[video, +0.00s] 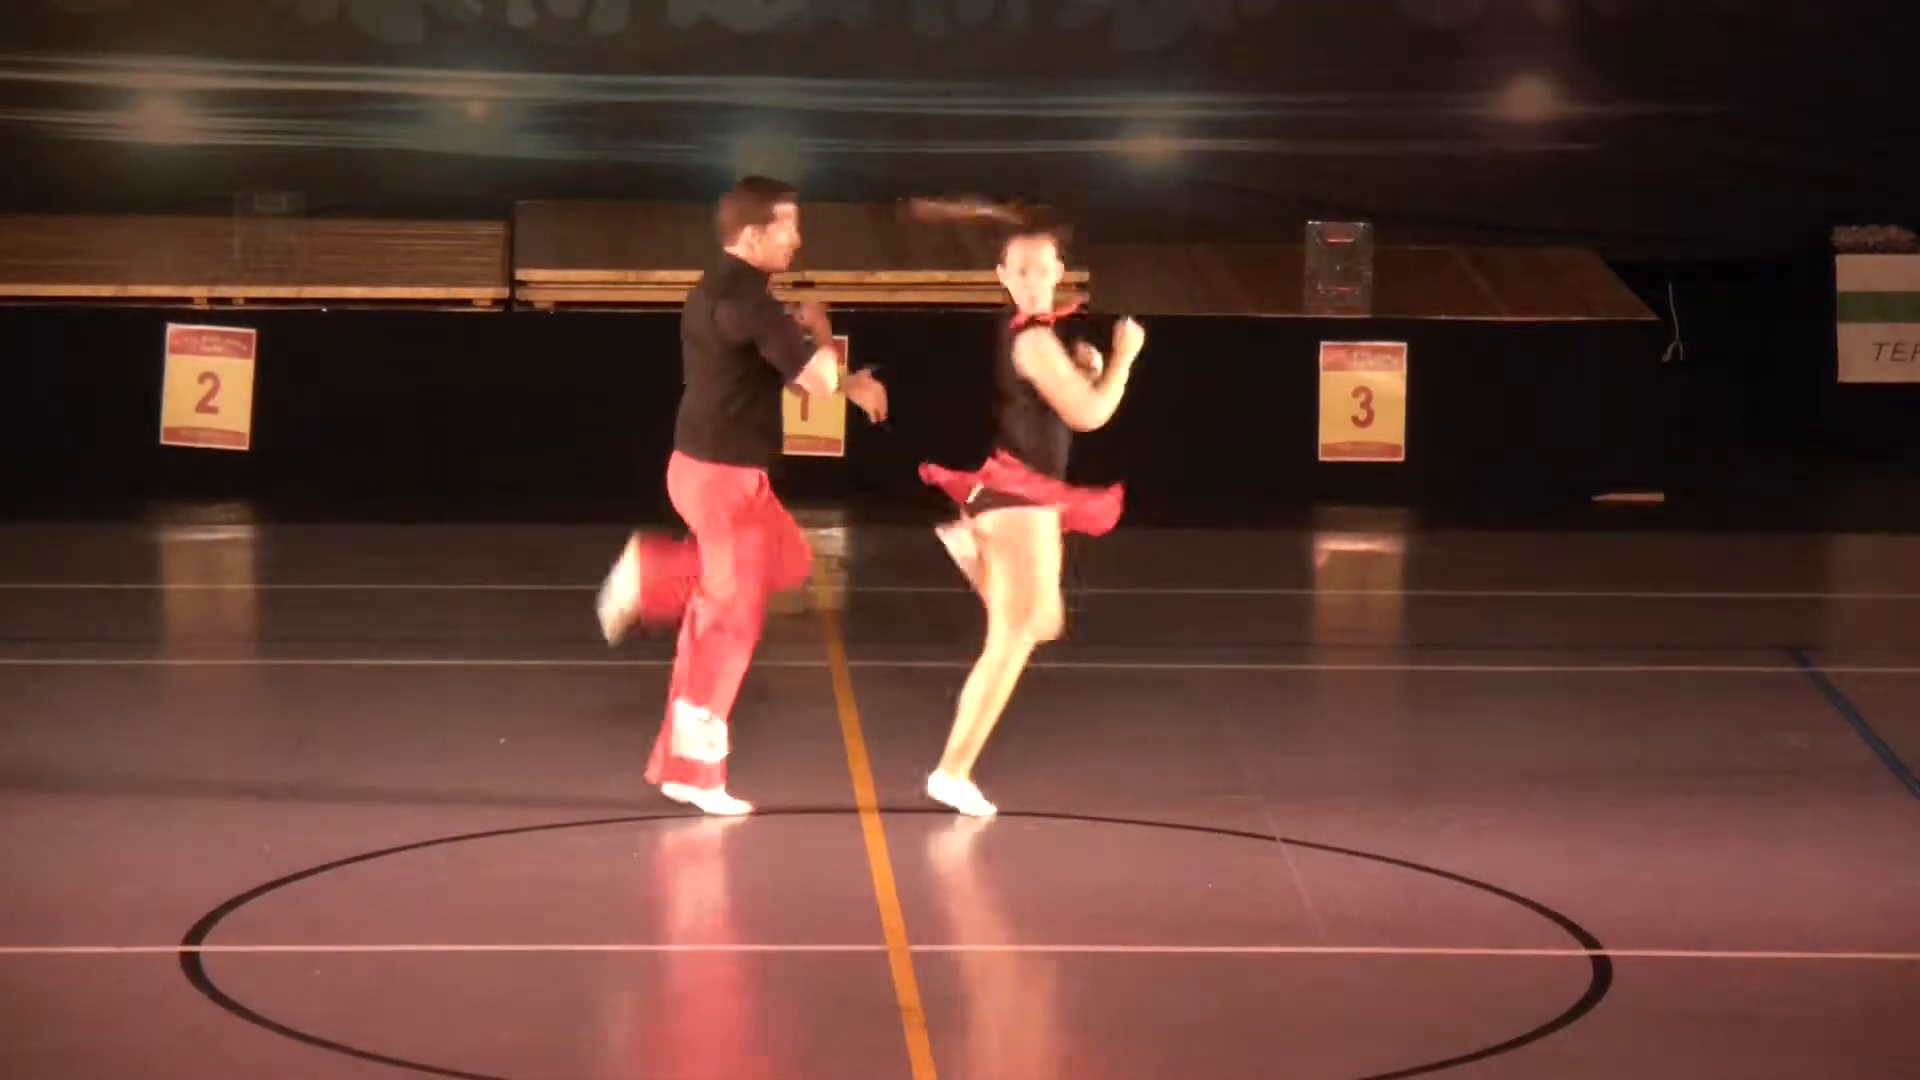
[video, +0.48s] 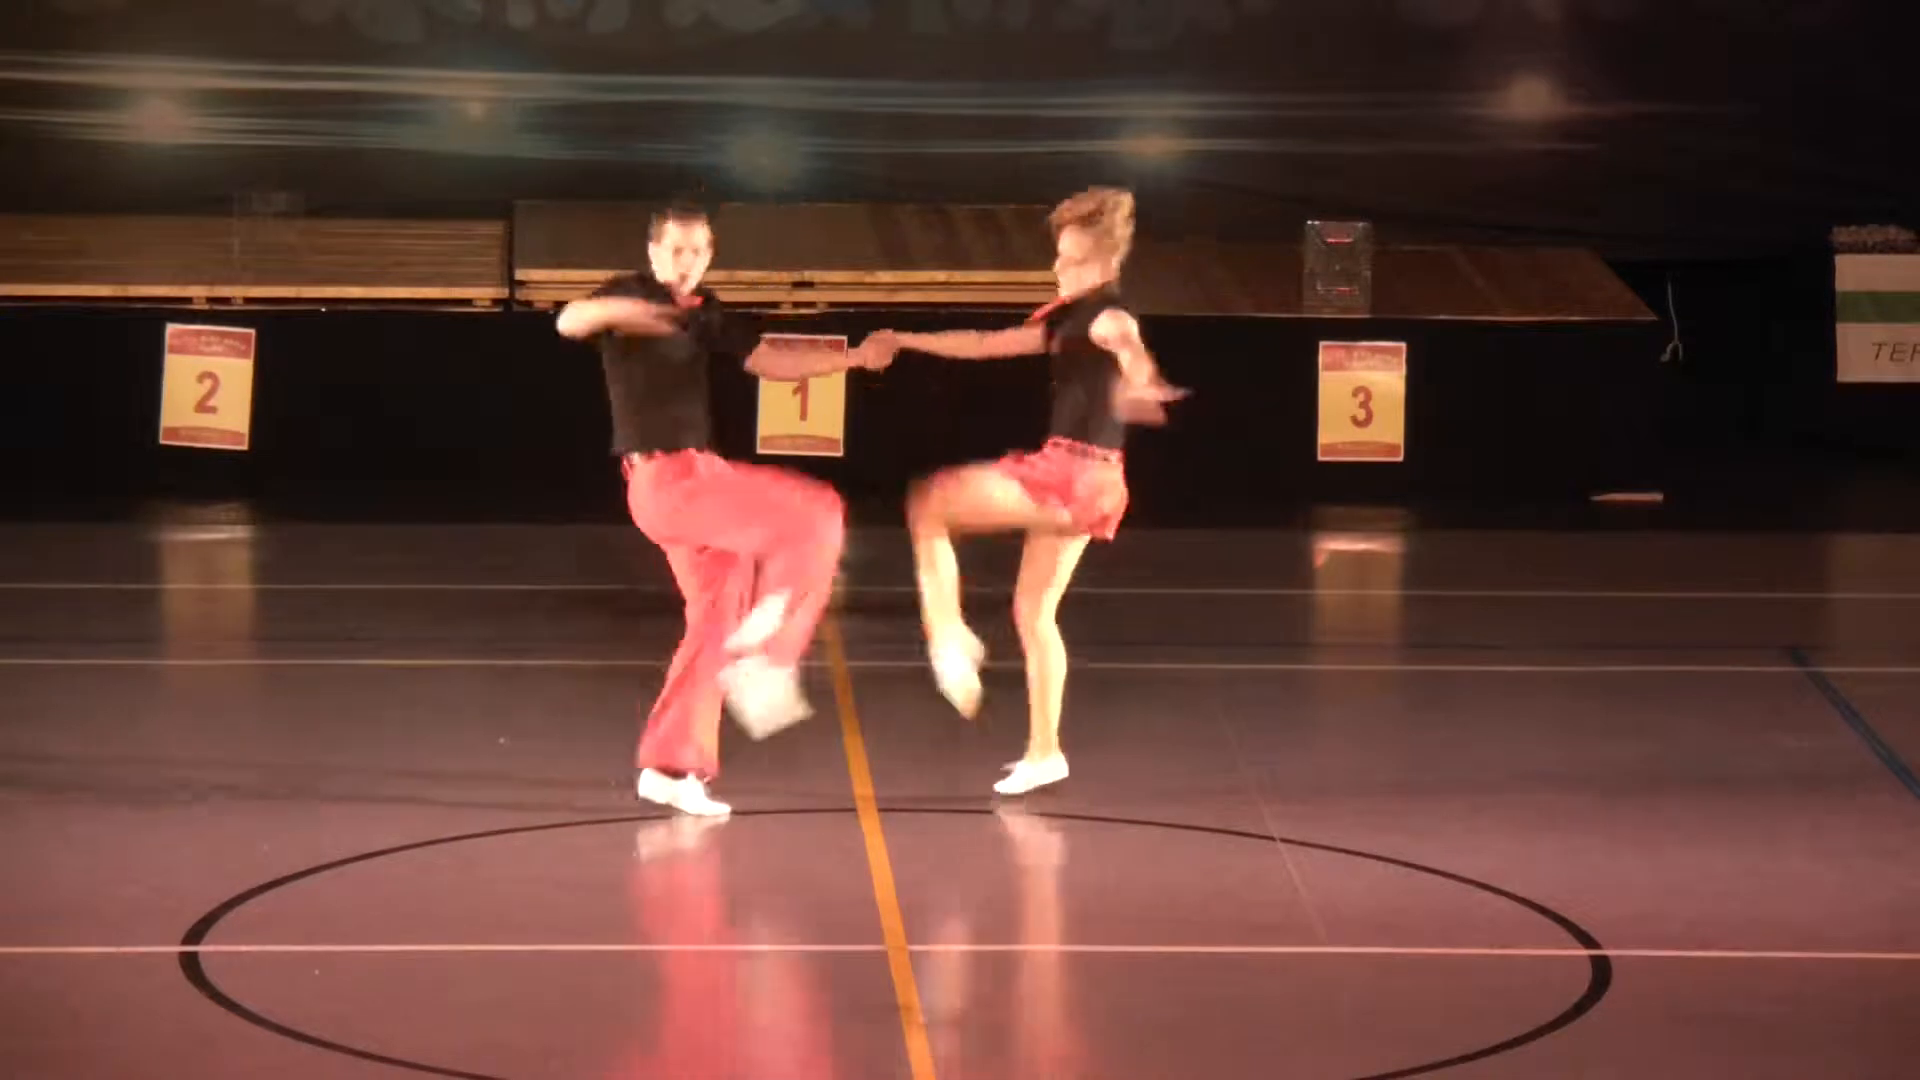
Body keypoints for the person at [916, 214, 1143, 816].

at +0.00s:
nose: (1044, 274)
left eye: (1049, 262)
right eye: (1030, 265)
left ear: (1056, 268)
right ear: (1006, 273)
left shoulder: (1033, 333)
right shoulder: (1030, 340)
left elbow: (1071, 404)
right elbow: (1091, 412)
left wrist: (1085, 365)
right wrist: (1125, 358)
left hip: (1024, 500)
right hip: (1018, 504)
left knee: (1047, 621)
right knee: (1011, 636)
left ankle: (969, 547)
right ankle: (952, 771)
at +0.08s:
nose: (1015, 282)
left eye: (1027, 271)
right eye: (1008, 271)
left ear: (1062, 277)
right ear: (1003, 276)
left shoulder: (1077, 339)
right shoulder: (998, 334)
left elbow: (1090, 421)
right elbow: (1005, 414)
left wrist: (1097, 399)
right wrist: (1074, 370)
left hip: (1048, 503)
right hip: (989, 501)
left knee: (1082, 623)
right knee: (984, 636)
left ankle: (962, 587)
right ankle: (938, 767)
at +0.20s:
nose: (1013, 260)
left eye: (1025, 250)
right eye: (1015, 248)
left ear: (1062, 263)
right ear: (1033, 260)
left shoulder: (1100, 337)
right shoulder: (1000, 320)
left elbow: (1137, 421)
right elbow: (943, 385)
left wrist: (1090, 387)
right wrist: (964, 347)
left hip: (1062, 495)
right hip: (992, 489)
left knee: (1033, 629)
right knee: (960, 621)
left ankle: (1040, 758)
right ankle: (972, 751)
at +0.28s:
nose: (1022, 274)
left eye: (1034, 265)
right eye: (1024, 263)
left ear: (1069, 277)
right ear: (1035, 274)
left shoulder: (1084, 352)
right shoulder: (1020, 334)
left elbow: (1119, 444)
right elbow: (951, 375)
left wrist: (1056, 399)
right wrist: (918, 344)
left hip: (1054, 508)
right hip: (1015, 505)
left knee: (1030, 645)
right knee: (964, 619)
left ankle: (1051, 792)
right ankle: (1014, 756)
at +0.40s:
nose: (1039, 268)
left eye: (1049, 258)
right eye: (1040, 257)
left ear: (1080, 263)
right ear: (1075, 263)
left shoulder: (1089, 331)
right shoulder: (1057, 327)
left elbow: (1111, 415)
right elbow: (985, 350)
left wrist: (1051, 384)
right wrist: (905, 343)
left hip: (1050, 485)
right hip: (1073, 487)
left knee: (984, 616)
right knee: (1025, 622)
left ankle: (1016, 759)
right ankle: (1027, 755)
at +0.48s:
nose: (1058, 267)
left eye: (1069, 257)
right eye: (1058, 255)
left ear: (1104, 260)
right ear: (1068, 255)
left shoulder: (1107, 316)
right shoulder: (1062, 317)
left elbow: (1139, 369)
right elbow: (984, 345)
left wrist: (1133, 371)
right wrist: (903, 341)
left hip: (1072, 475)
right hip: (1086, 481)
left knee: (929, 503)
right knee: (1034, 612)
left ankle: (948, 639)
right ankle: (1045, 753)